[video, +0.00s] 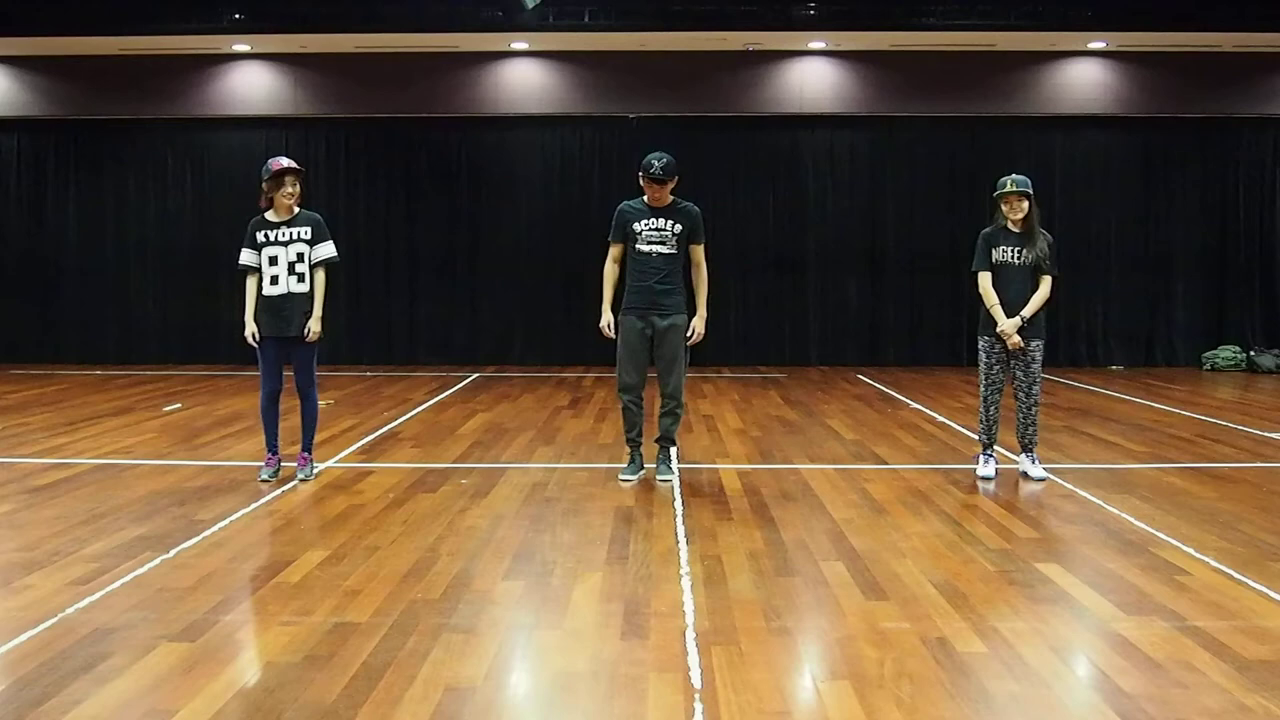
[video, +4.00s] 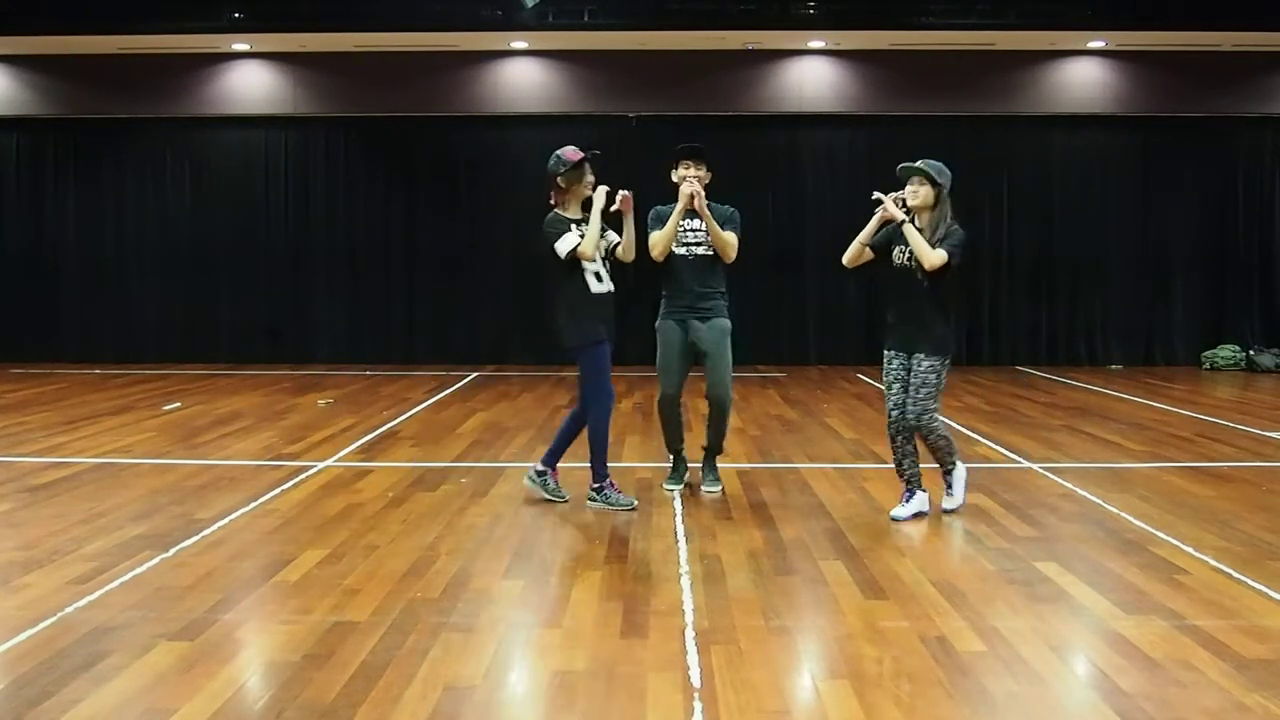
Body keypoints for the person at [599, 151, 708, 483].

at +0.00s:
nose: (656, 190)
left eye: (662, 184)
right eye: (650, 184)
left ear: (673, 182)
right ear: (642, 180)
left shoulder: (689, 215)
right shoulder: (626, 212)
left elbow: (698, 265)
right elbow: (613, 260)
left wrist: (701, 313)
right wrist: (607, 307)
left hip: (673, 315)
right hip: (632, 314)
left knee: (672, 389)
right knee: (629, 388)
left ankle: (667, 452)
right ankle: (634, 454)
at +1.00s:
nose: (650, 181)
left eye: (656, 175)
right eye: (644, 175)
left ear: (669, 177)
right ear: (637, 177)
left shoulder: (686, 214)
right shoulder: (624, 213)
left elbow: (695, 265)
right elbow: (612, 263)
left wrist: (698, 314)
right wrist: (606, 311)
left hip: (672, 315)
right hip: (631, 314)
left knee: (671, 389)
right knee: (628, 387)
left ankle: (667, 451)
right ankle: (633, 454)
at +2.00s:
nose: (653, 190)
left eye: (659, 184)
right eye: (647, 184)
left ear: (669, 186)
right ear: (637, 186)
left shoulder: (685, 220)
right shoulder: (621, 220)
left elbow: (687, 271)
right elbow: (621, 268)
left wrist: (668, 254)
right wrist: (646, 233)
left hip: (674, 307)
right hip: (635, 312)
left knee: (697, 355)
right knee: (627, 386)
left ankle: (678, 416)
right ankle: (634, 454)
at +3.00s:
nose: (686, 173)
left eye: (692, 169)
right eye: (680, 168)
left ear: (700, 179)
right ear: (667, 175)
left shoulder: (713, 214)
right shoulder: (651, 212)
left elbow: (724, 248)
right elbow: (651, 241)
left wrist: (701, 209)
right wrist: (676, 201)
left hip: (704, 315)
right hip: (661, 316)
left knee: (728, 375)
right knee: (655, 391)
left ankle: (714, 440)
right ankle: (659, 457)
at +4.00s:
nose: (691, 175)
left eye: (698, 169)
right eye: (685, 169)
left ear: (708, 176)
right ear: (674, 175)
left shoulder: (726, 214)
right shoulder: (660, 214)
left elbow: (729, 253)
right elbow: (657, 252)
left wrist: (703, 212)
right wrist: (681, 207)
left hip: (713, 315)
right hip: (672, 315)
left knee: (721, 396)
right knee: (667, 394)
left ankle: (711, 462)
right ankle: (677, 462)